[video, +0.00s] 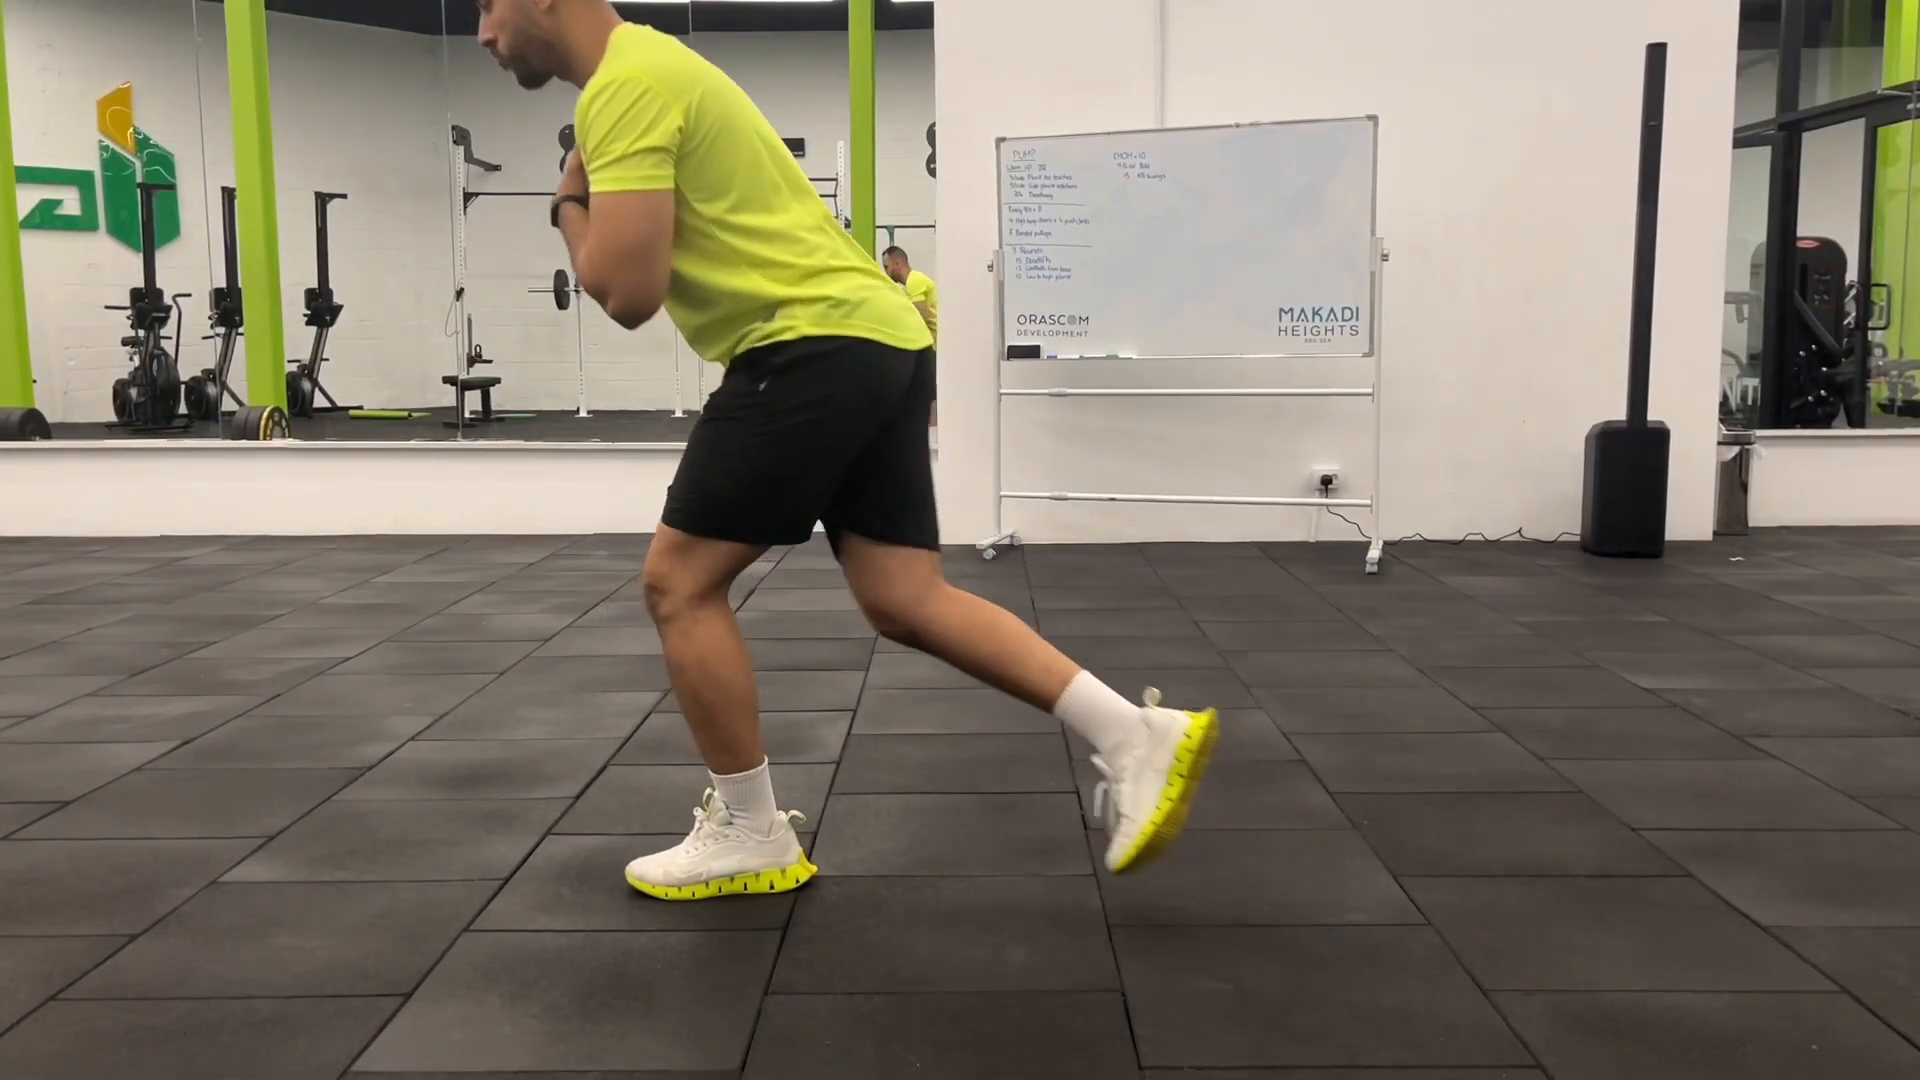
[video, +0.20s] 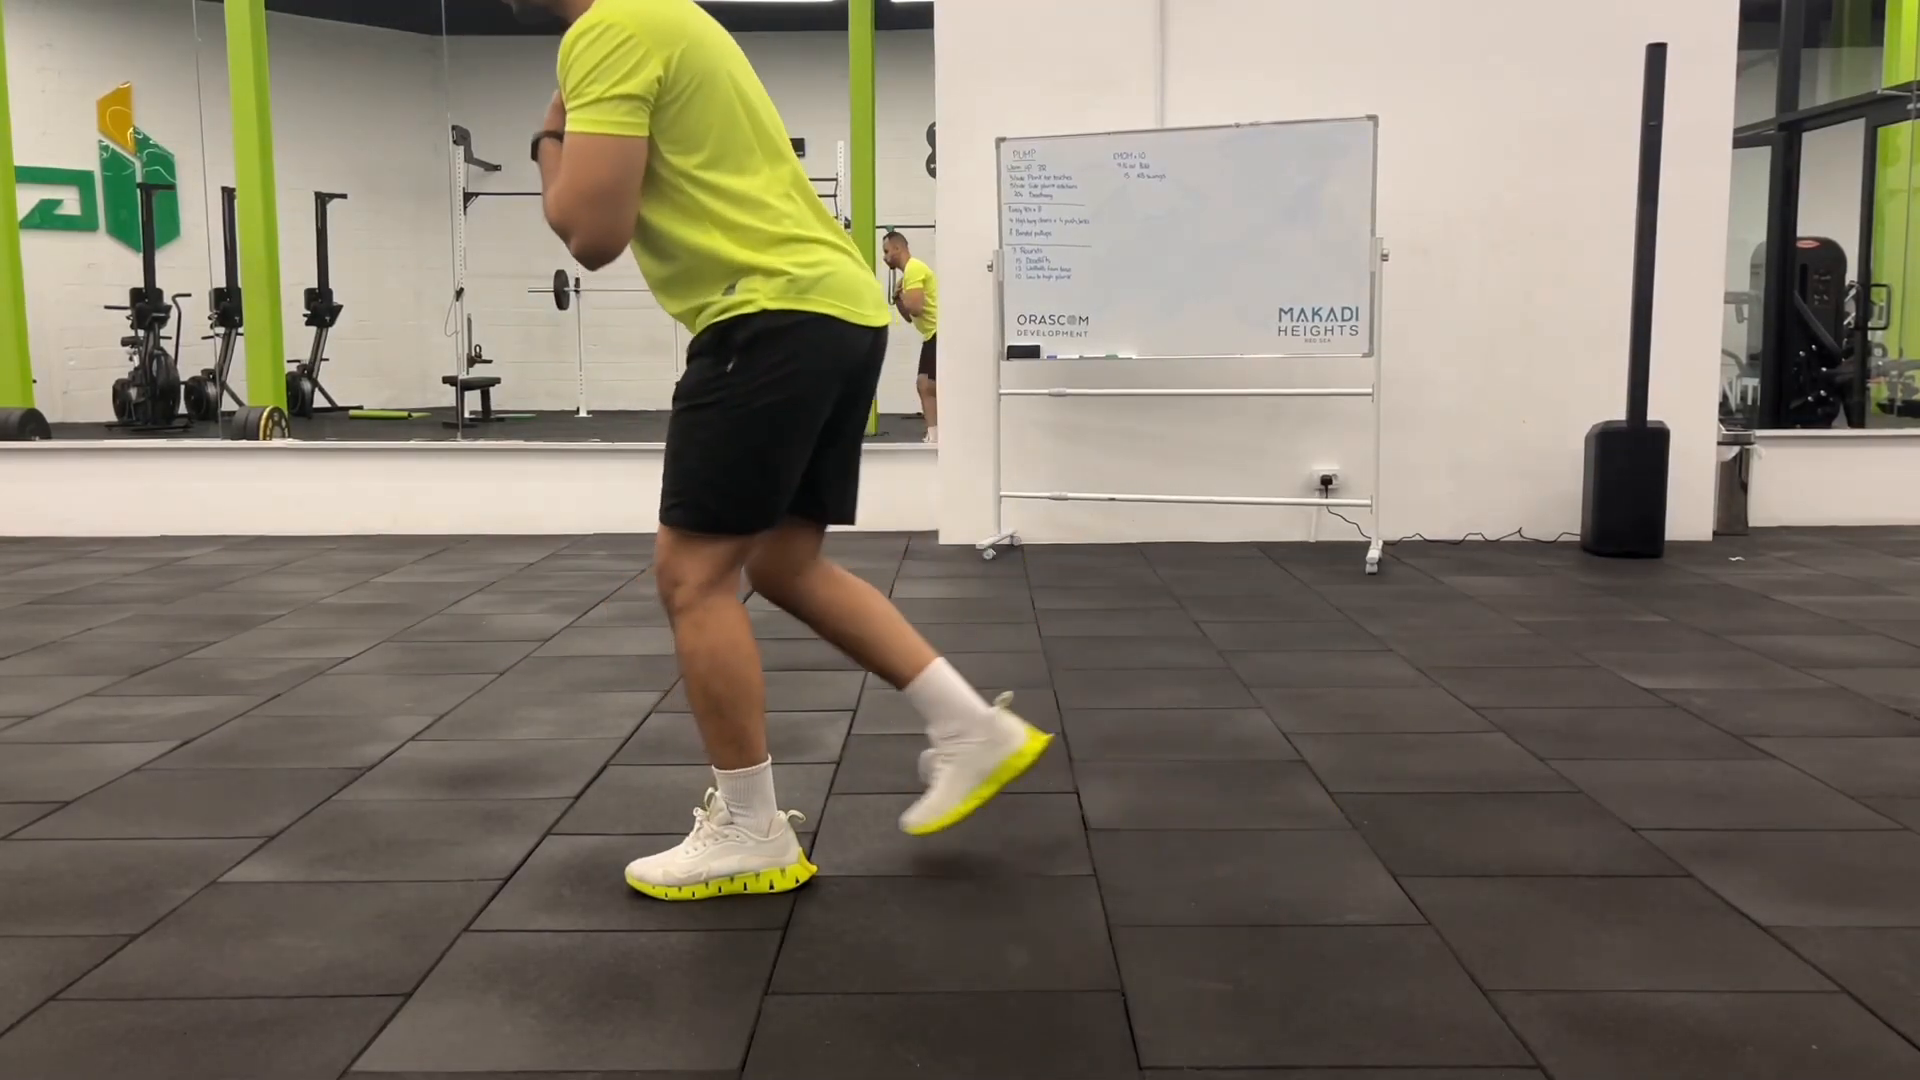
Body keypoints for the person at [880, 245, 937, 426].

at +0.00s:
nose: (886, 272)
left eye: (887, 266)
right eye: (884, 267)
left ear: (898, 263)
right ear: (900, 264)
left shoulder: (915, 282)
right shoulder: (916, 281)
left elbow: (919, 317)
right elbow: (920, 316)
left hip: (930, 346)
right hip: (930, 345)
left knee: (929, 395)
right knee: (929, 395)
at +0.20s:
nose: (884, 256)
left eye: (886, 251)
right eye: (884, 252)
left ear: (899, 249)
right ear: (899, 250)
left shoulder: (914, 268)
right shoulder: (909, 273)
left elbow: (916, 307)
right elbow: (908, 317)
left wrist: (901, 295)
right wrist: (898, 298)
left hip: (937, 333)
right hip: (930, 335)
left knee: (928, 385)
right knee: (924, 385)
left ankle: (936, 434)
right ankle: (932, 434)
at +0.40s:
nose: (886, 244)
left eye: (888, 238)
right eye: (886, 239)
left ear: (901, 237)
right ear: (902, 238)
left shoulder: (914, 259)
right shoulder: (909, 263)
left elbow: (910, 298)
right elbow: (901, 305)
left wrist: (898, 283)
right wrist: (896, 286)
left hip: (931, 327)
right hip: (926, 328)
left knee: (924, 382)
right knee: (925, 382)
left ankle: (932, 434)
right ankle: (932, 433)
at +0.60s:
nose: (888, 242)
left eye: (890, 236)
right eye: (887, 237)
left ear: (902, 235)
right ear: (905, 235)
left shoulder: (913, 260)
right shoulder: (917, 258)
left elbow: (901, 297)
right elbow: (904, 295)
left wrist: (896, 281)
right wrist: (898, 281)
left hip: (921, 330)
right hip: (928, 329)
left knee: (912, 385)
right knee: (927, 386)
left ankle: (922, 437)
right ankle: (933, 435)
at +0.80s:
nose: (888, 240)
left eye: (890, 235)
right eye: (888, 235)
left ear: (901, 233)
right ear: (905, 233)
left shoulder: (911, 258)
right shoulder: (918, 257)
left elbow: (899, 297)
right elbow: (902, 294)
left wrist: (893, 280)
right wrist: (895, 280)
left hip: (917, 329)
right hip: (928, 328)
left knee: (909, 386)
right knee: (926, 386)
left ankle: (922, 438)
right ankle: (933, 436)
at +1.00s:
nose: (888, 241)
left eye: (890, 235)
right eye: (888, 236)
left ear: (901, 234)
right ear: (905, 234)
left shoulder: (911, 259)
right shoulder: (919, 257)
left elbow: (899, 297)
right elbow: (902, 295)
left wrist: (894, 281)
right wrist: (896, 281)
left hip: (918, 329)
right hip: (929, 328)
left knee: (911, 385)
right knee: (926, 386)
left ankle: (922, 438)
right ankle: (933, 435)